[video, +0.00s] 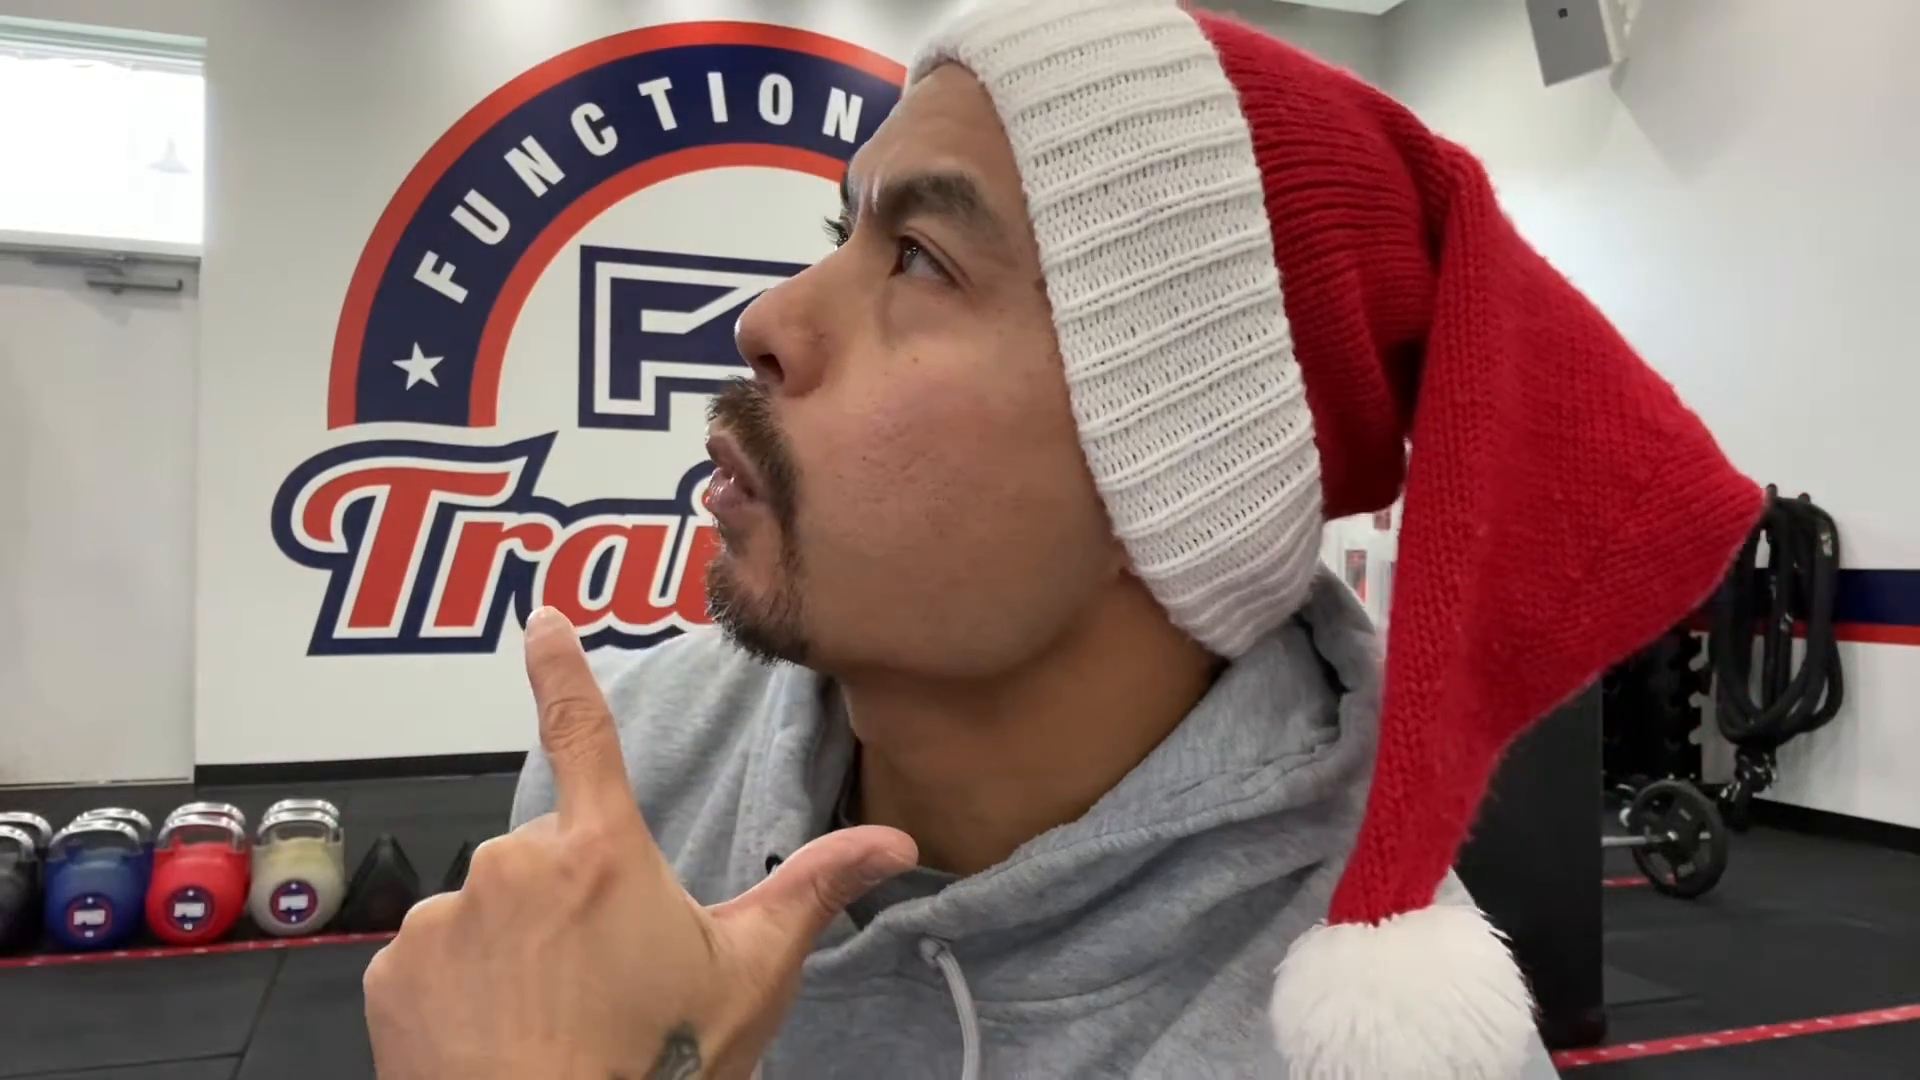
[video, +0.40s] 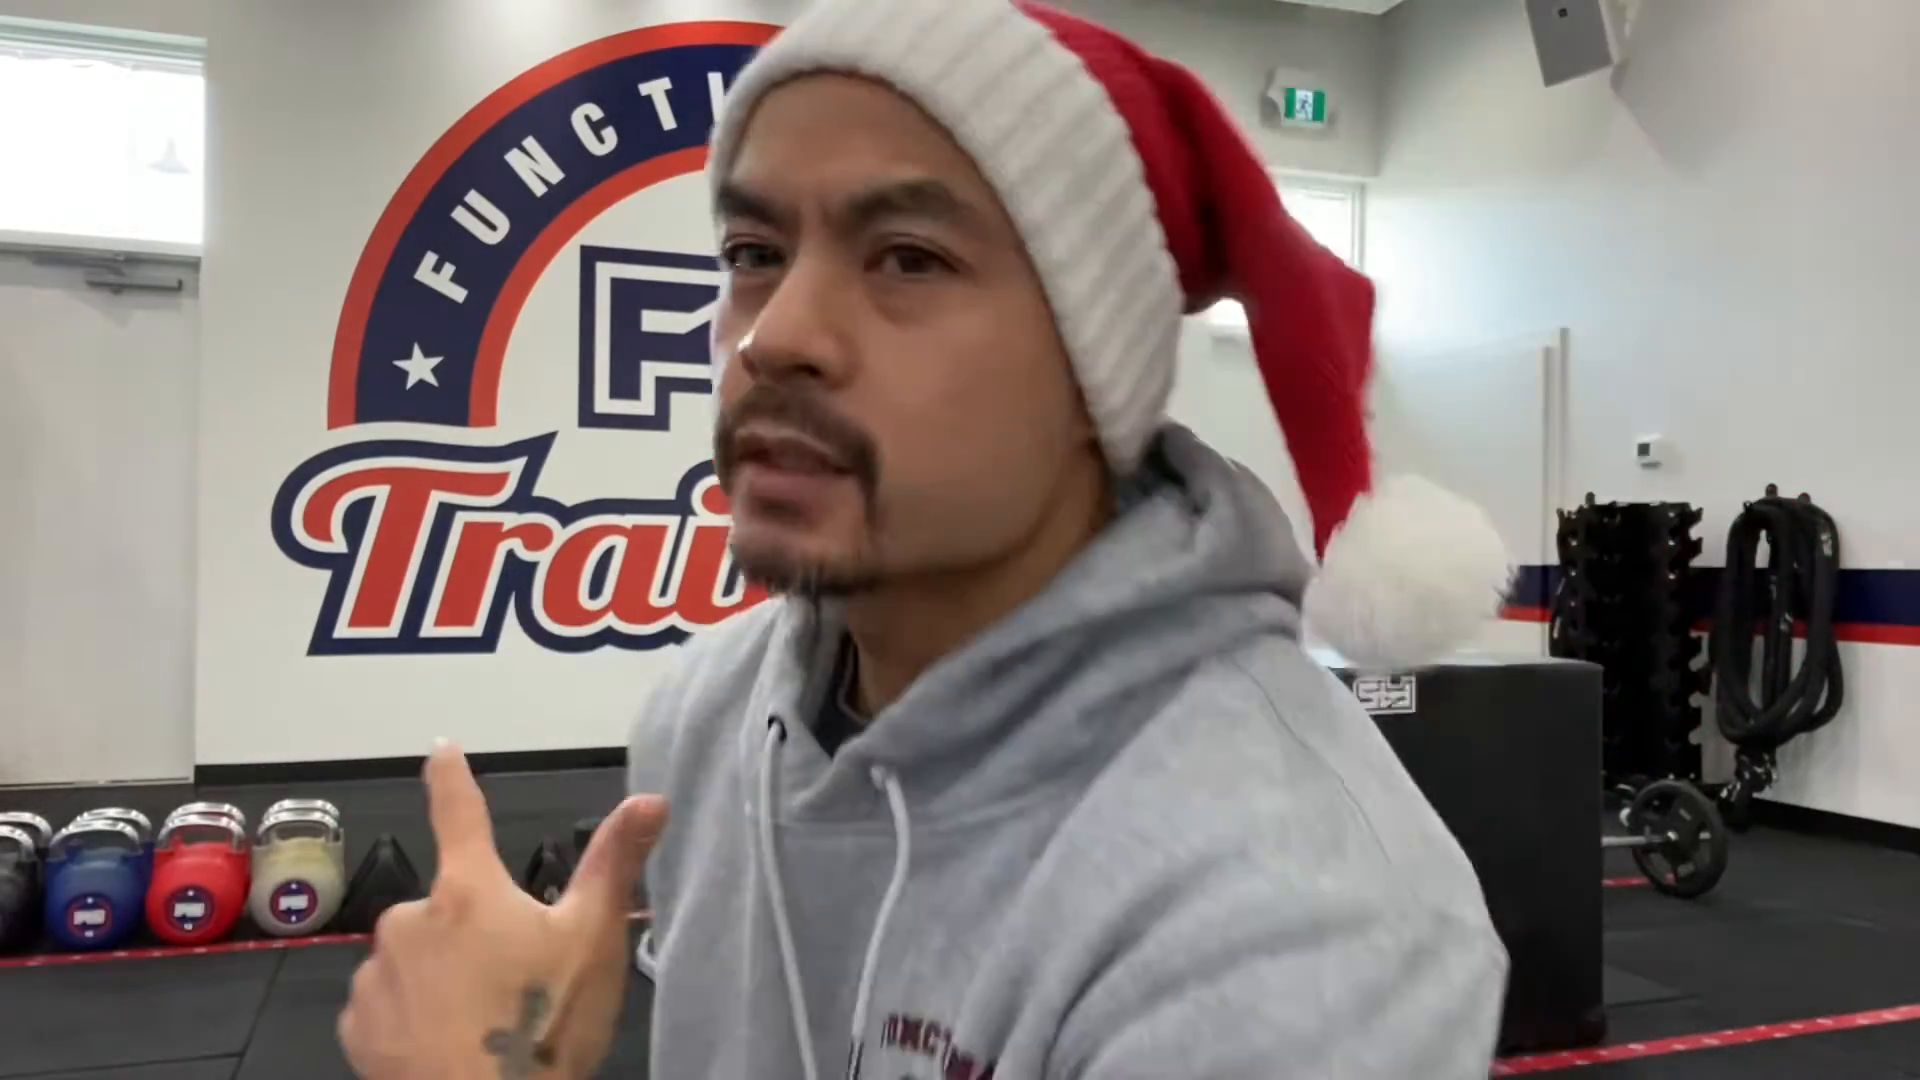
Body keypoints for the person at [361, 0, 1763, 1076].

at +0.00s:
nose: (766, 327)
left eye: (927, 262)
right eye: (848, 241)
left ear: (1200, 459)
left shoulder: (1373, 1019)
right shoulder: (630, 754)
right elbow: (488, 1003)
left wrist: (547, 1071)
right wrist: (554, 1044)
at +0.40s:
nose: (778, 339)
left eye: (908, 261)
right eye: (754, 258)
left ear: (1117, 345)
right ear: (722, 294)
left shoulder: (1292, 921)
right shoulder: (704, 715)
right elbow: (635, 1033)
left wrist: (509, 1069)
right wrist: (548, 1044)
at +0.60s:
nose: (784, 331)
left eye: (884, 254)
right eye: (750, 275)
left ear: (1068, 313)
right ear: (725, 324)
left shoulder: (1305, 771)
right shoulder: (767, 741)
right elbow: (717, 1038)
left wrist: (671, 1066)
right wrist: (660, 1055)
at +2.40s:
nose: (996, 303)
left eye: (1052, 259)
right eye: (931, 271)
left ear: (1134, 333)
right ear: (867, 359)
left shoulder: (1363, 667)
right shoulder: (708, 743)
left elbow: (1490, 1053)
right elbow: (682, 1067)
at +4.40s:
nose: (936, 522)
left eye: (977, 478)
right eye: (898, 482)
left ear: (1052, 498)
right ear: (861, 509)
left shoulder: (1183, 701)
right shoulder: (756, 724)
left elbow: (1327, 925)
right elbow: (641, 911)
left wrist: (1450, 863)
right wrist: (467, 866)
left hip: (1091, 1077)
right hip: (832, 1076)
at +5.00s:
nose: (1137, 606)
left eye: (1179, 582)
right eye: (1113, 563)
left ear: (1217, 618)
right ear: (1056, 571)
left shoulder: (1259, 816)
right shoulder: (891, 713)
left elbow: (1311, 1039)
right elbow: (725, 836)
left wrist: (1469, 1018)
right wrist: (634, 777)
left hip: (1106, 1074)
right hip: (870, 1066)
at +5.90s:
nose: (939, 549)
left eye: (972, 526)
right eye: (908, 530)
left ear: (1022, 565)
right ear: (874, 575)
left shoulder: (1129, 745)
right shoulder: (779, 750)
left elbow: (1244, 984)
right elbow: (635, 970)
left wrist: (1235, 794)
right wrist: (611, 847)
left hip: (1051, 1072)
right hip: (839, 1070)